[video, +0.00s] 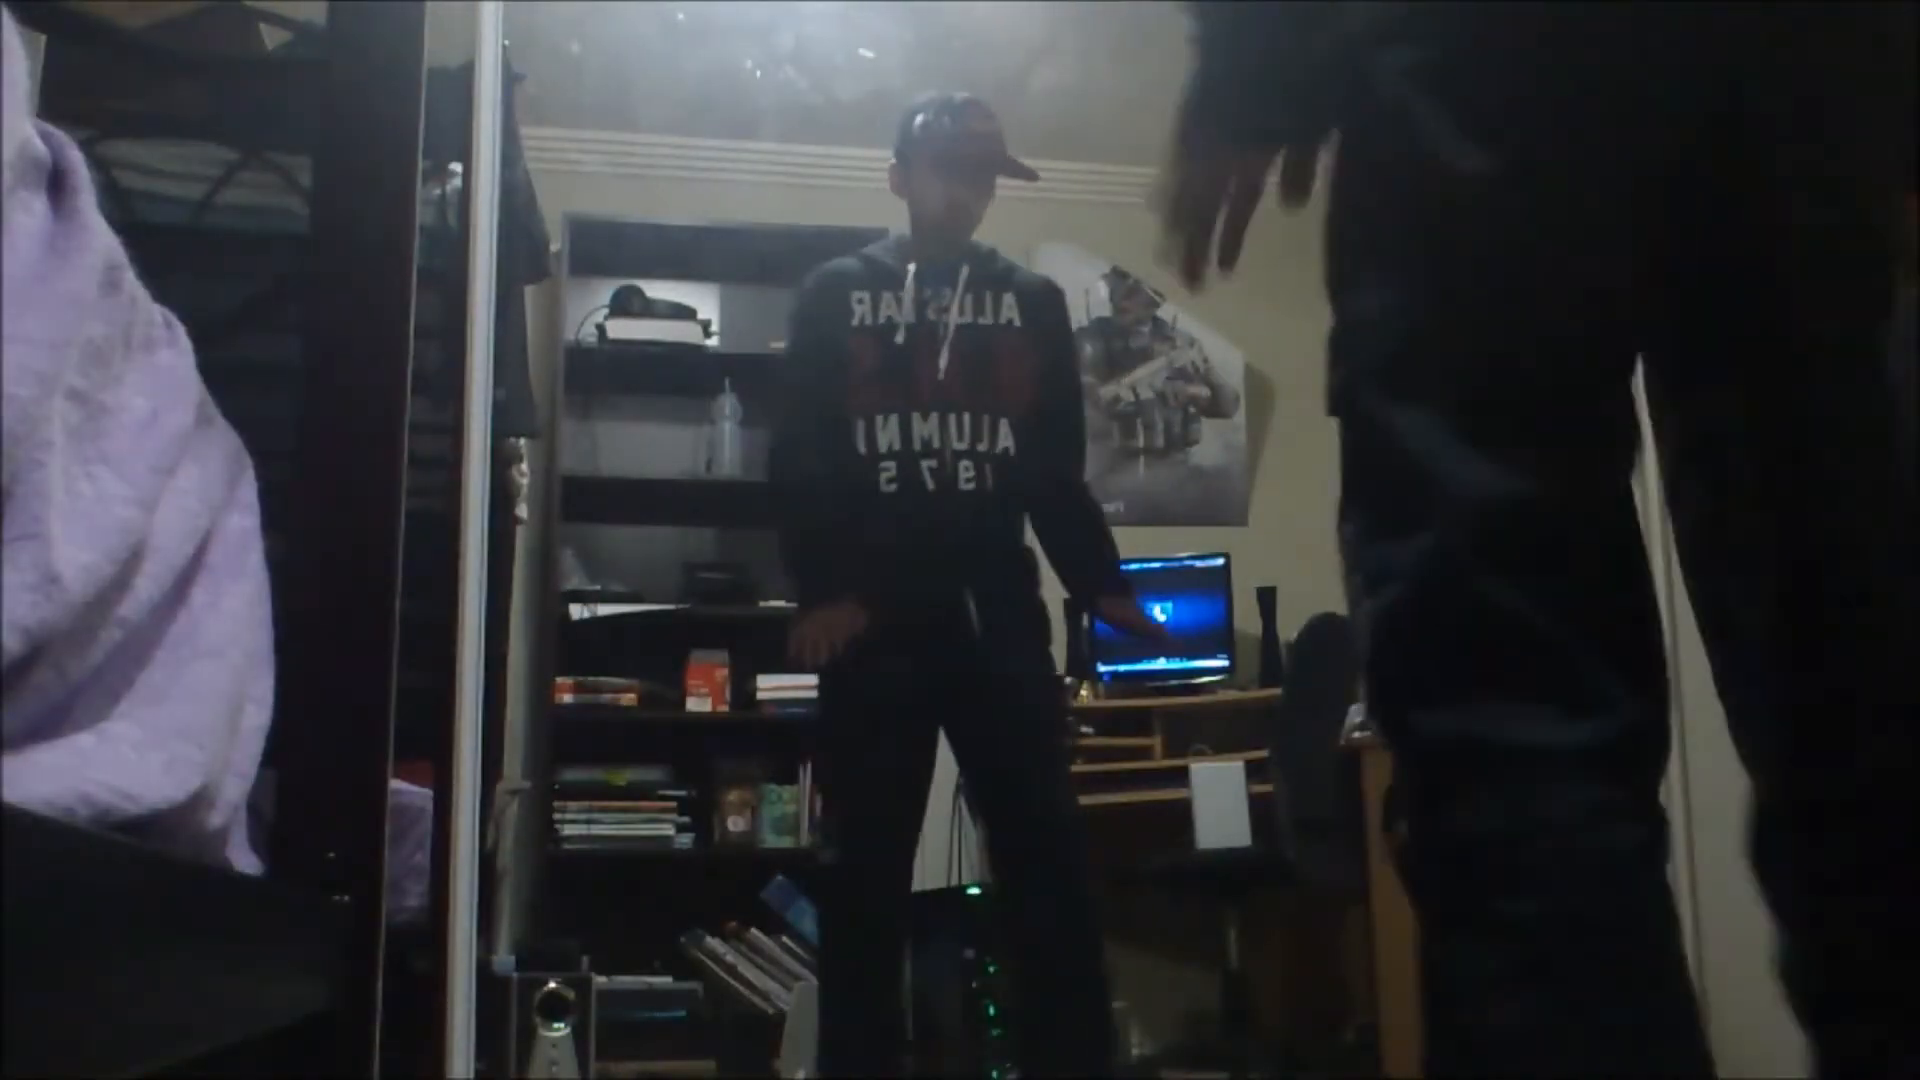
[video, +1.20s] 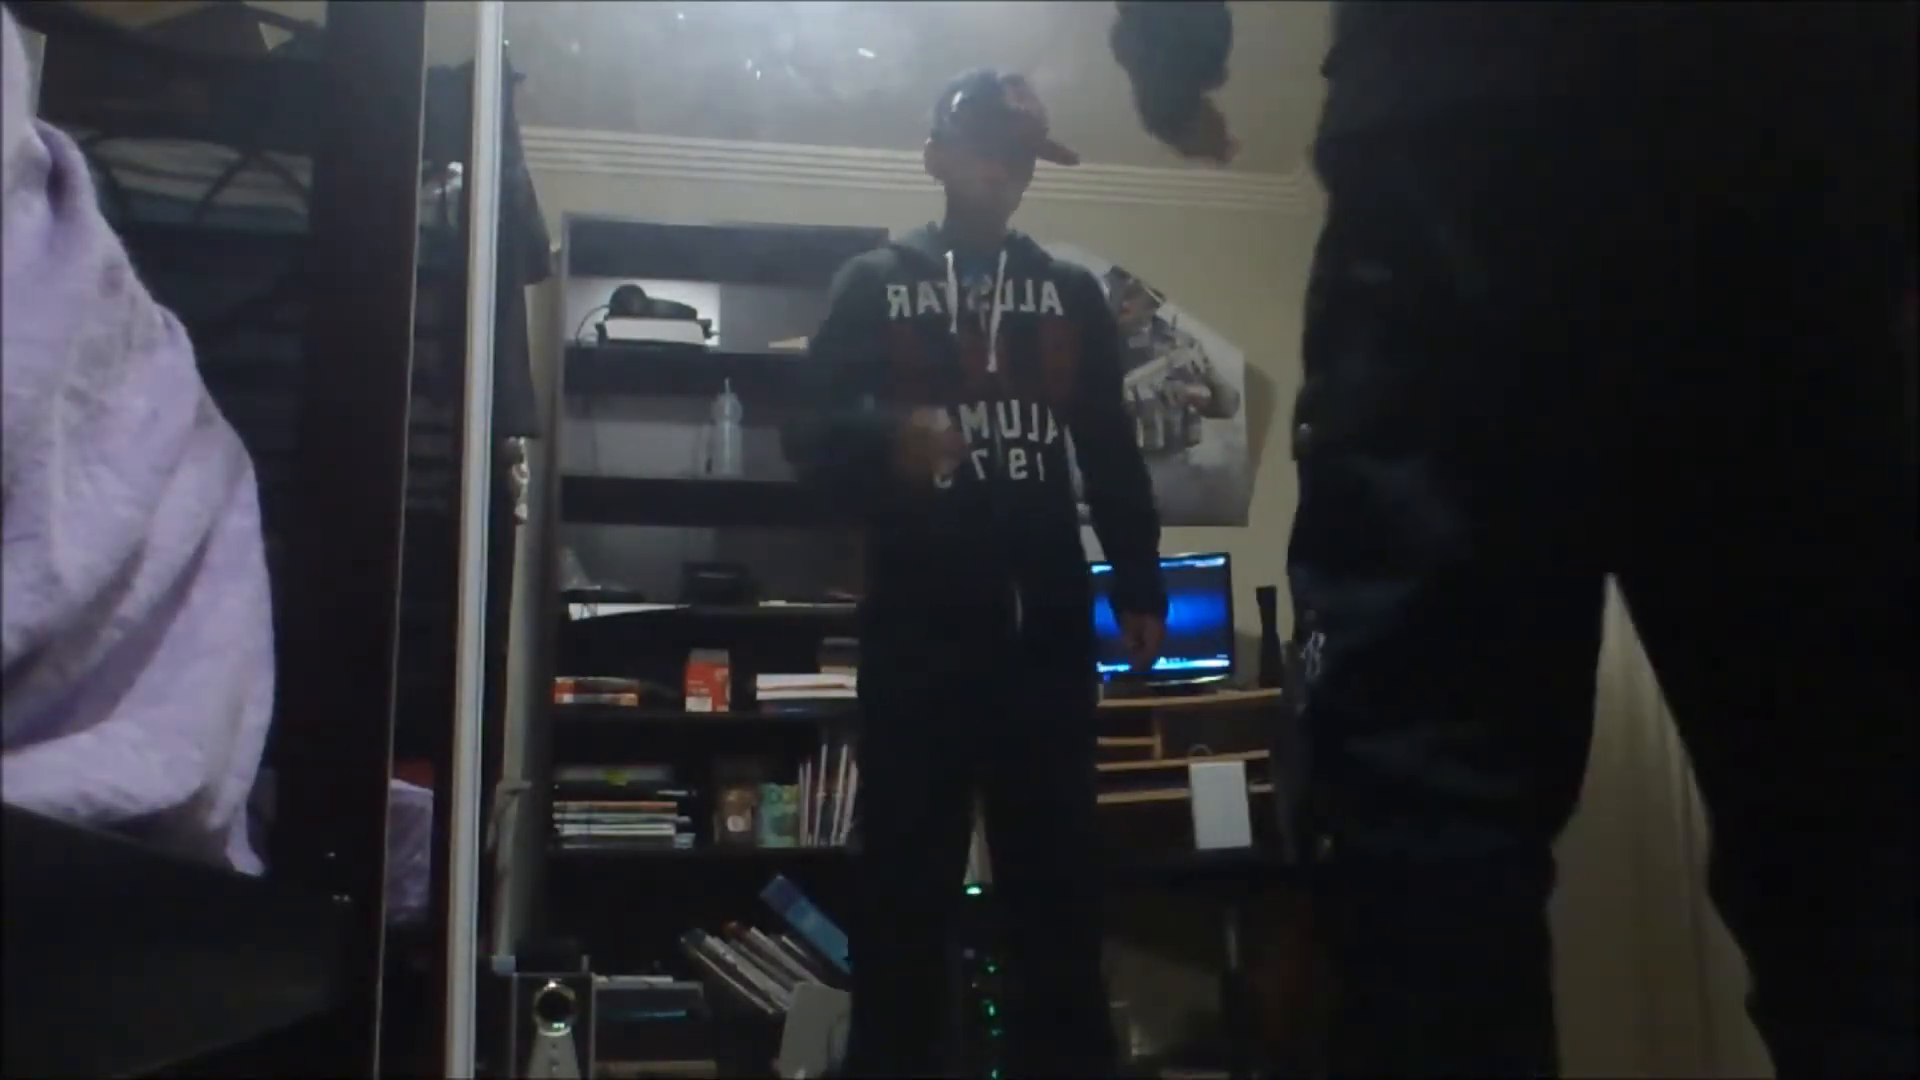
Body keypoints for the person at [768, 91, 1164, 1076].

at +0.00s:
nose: (967, 188)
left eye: (983, 171)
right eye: (947, 167)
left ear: (999, 179)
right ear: (901, 173)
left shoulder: (1032, 301)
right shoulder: (837, 290)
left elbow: (1053, 471)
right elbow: (804, 448)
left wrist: (1102, 585)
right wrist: (819, 587)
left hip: (996, 609)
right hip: (874, 610)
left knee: (1044, 855)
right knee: (867, 868)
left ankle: (1071, 1064)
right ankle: (857, 1069)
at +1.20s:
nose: (998, 171)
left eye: (1015, 155)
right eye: (979, 149)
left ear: (1033, 167)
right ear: (936, 154)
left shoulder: (1070, 291)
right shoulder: (876, 282)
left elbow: (1110, 449)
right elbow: (814, 429)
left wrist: (1140, 587)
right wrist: (889, 442)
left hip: (1047, 611)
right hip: (919, 608)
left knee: (1051, 866)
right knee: (909, 867)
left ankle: (1059, 1068)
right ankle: (904, 1066)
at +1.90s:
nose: (1012, 176)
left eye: (1029, 160)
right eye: (992, 155)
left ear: (1048, 175)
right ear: (950, 165)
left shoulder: (1088, 292)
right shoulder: (886, 294)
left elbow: (1149, 434)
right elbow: (833, 445)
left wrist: (1163, 463)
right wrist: (833, 583)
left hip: (1046, 611)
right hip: (915, 611)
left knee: (1062, 865)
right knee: (900, 866)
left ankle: (1073, 1063)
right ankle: (893, 1066)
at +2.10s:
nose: (989, 191)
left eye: (1010, 174)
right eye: (971, 171)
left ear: (1038, 187)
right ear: (940, 183)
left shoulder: (1087, 304)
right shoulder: (891, 318)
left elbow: (1165, 456)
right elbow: (857, 477)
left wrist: (1113, 454)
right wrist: (833, 610)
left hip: (1051, 615)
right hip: (923, 618)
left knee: (1058, 864)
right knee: (882, 854)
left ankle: (1067, 1065)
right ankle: (883, 1065)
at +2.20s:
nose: (974, 197)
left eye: (994, 180)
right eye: (956, 177)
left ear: (1024, 189)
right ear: (924, 187)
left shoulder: (1073, 294)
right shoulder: (883, 318)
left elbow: (1153, 437)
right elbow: (855, 481)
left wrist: (1062, 440)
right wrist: (844, 619)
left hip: (1035, 612)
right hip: (911, 619)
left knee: (1041, 856)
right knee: (860, 839)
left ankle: (1063, 1059)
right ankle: (890, 1055)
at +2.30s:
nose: (952, 202)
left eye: (974, 183)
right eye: (937, 182)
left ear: (1013, 192)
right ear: (915, 194)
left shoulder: (1067, 306)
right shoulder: (880, 326)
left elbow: (1140, 453)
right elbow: (850, 484)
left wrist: (1039, 453)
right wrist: (843, 624)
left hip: (1031, 623)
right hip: (905, 629)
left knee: (1038, 869)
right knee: (857, 860)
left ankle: (1054, 1066)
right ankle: (873, 1063)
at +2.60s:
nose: (953, 213)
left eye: (972, 197)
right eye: (935, 193)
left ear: (997, 212)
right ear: (903, 204)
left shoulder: (1041, 336)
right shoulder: (850, 331)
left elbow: (1102, 484)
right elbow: (783, 477)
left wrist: (994, 457)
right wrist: (826, 583)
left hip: (1011, 631)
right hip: (888, 633)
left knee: (1039, 873)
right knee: (881, 877)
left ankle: (1061, 1064)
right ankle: (882, 1064)